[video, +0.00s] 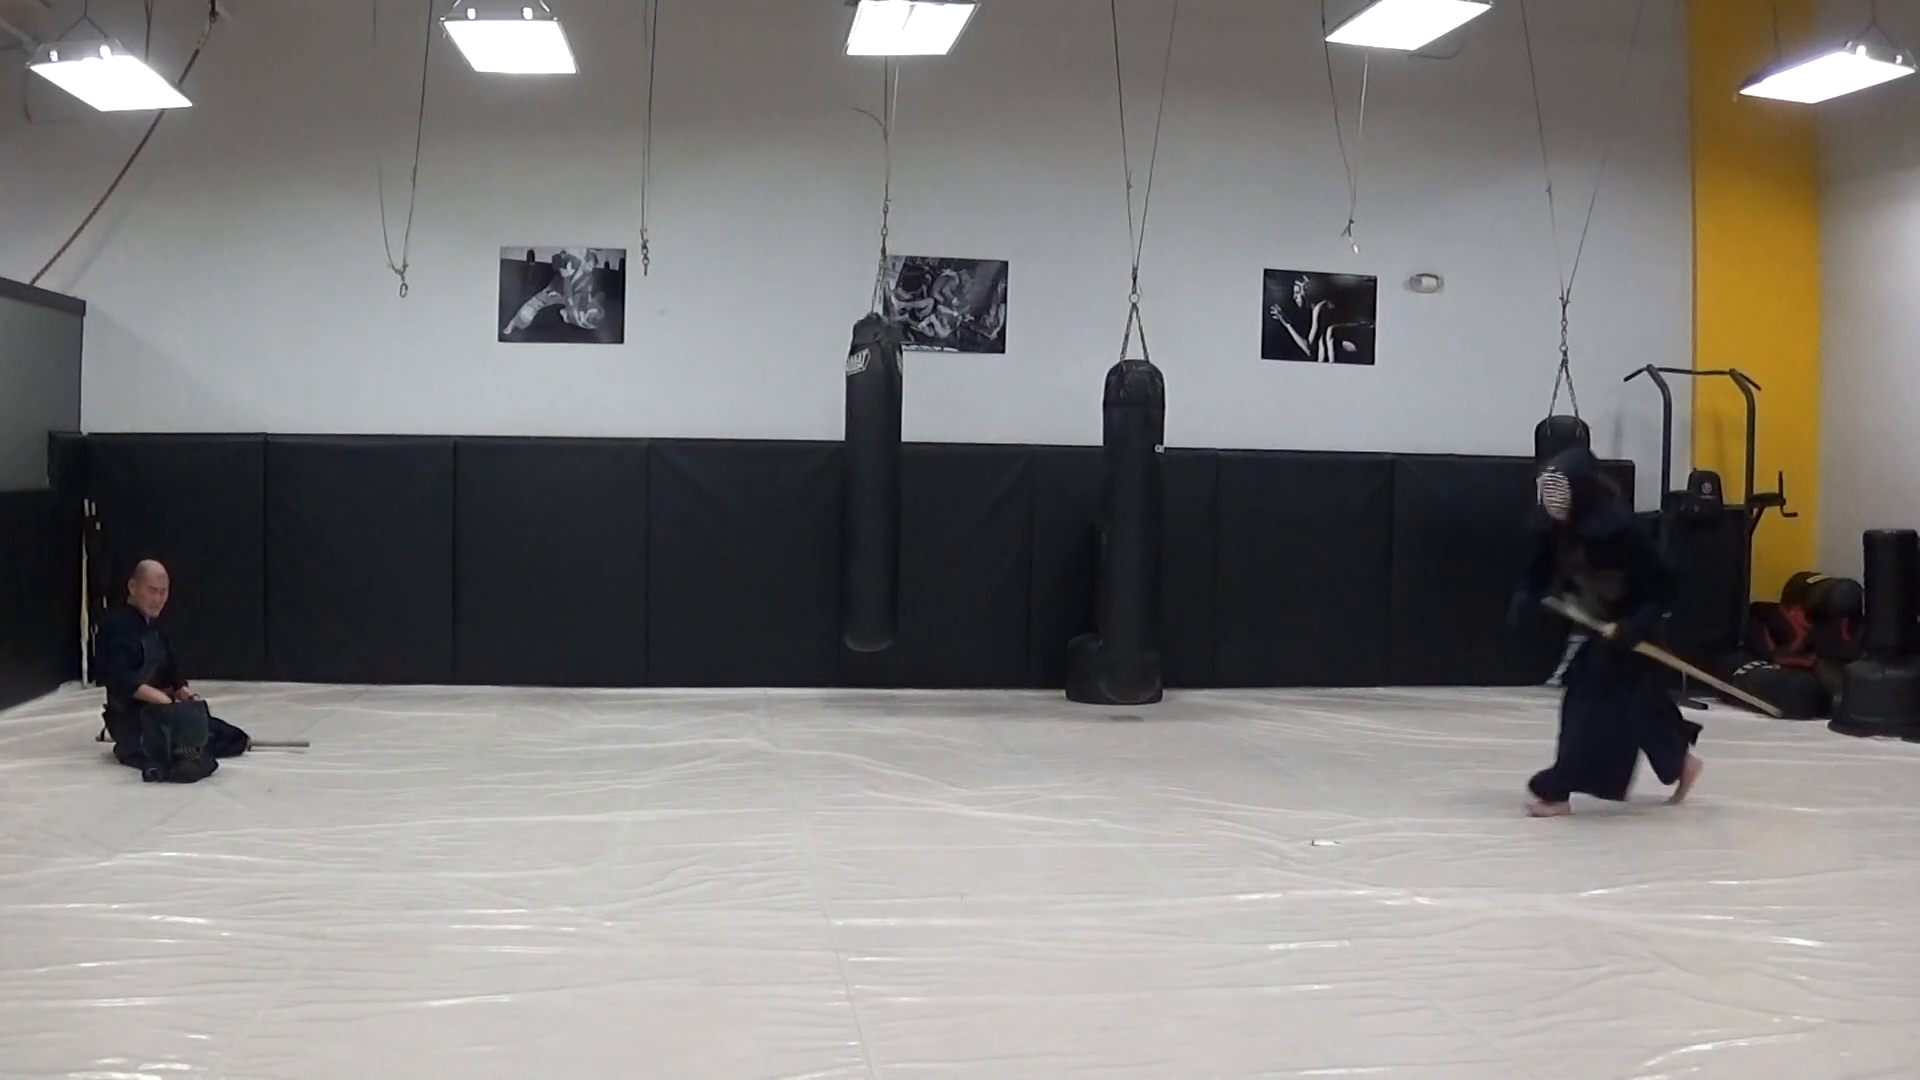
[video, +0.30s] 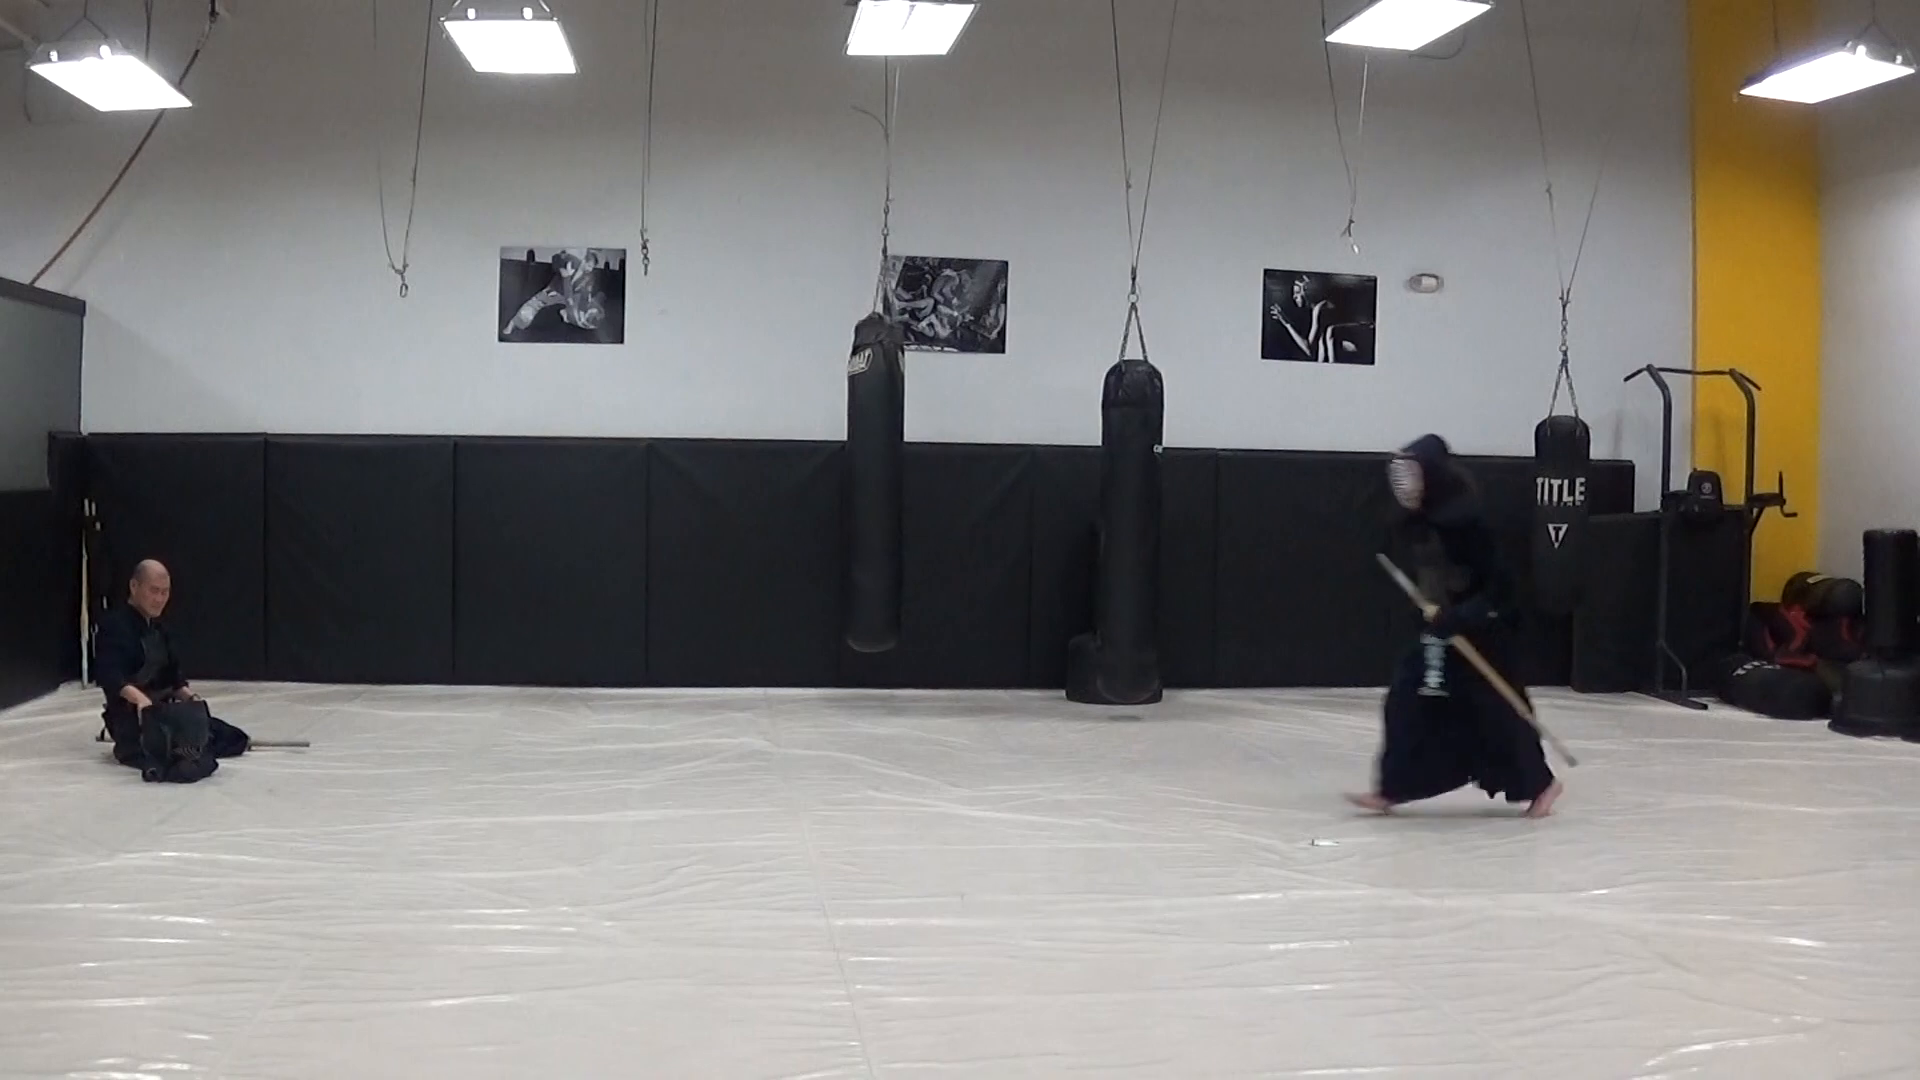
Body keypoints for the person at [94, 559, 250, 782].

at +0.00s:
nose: (159, 598)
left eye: (163, 592)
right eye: (152, 590)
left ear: (168, 592)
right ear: (132, 588)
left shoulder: (156, 627)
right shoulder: (116, 624)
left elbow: (171, 677)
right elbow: (120, 680)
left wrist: (189, 699)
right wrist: (167, 702)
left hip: (162, 713)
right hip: (130, 719)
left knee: (236, 740)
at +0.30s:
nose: (160, 598)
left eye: (165, 592)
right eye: (154, 591)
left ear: (169, 592)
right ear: (134, 588)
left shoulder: (161, 628)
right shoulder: (114, 624)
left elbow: (173, 677)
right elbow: (106, 674)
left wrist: (191, 698)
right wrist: (142, 700)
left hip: (169, 710)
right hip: (129, 715)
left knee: (237, 740)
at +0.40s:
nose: (160, 597)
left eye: (164, 590)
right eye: (153, 588)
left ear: (169, 591)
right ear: (133, 587)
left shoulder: (160, 627)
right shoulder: (114, 624)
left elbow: (172, 676)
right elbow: (113, 676)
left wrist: (190, 698)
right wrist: (140, 709)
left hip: (167, 710)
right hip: (127, 713)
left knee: (236, 740)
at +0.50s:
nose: (159, 595)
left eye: (163, 588)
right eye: (153, 586)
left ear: (168, 590)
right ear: (132, 586)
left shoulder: (159, 626)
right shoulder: (114, 624)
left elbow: (172, 676)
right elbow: (113, 677)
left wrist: (190, 696)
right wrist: (140, 713)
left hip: (166, 708)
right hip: (128, 712)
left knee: (236, 740)